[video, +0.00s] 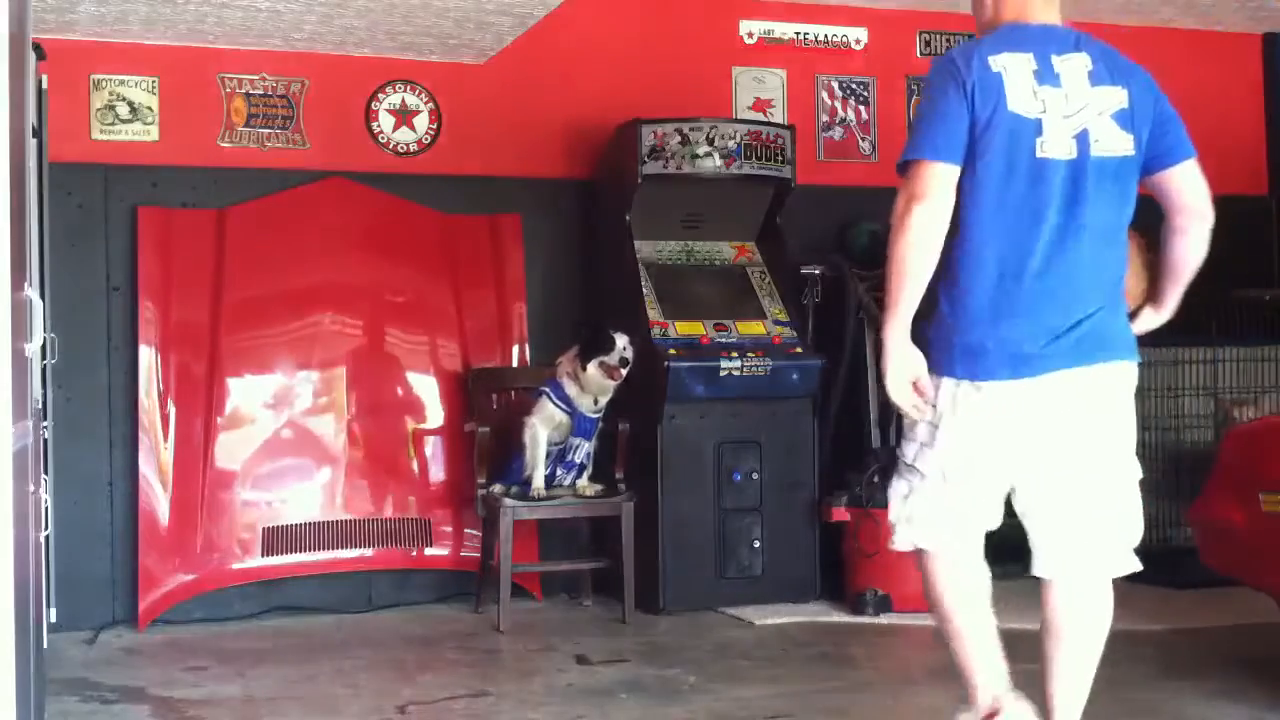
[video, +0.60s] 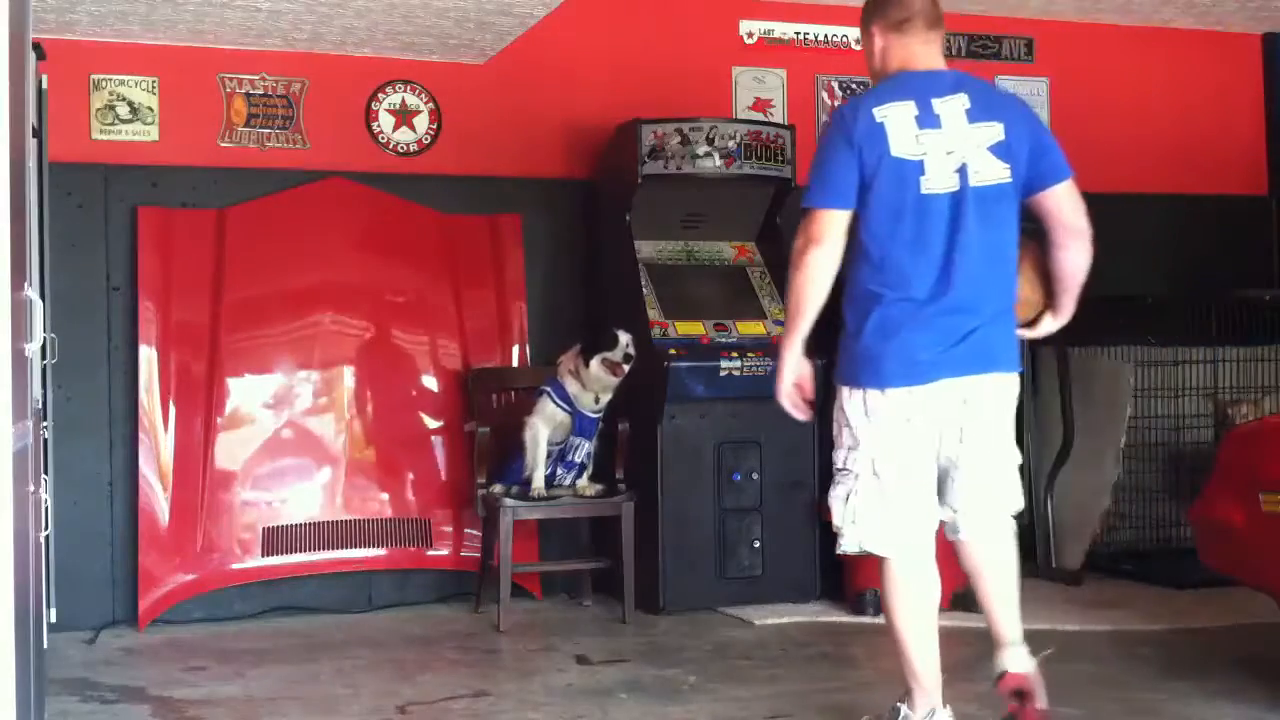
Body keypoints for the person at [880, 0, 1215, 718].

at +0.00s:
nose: (970, 9)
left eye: (972, 5)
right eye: (973, 7)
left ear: (989, 4)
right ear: (1059, 3)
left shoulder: (965, 68)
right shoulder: (1129, 78)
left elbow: (925, 201)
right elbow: (1193, 209)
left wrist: (896, 330)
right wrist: (1165, 299)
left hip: (978, 366)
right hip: (1096, 363)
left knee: (944, 532)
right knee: (1082, 556)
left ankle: (992, 698)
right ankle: (1065, 710)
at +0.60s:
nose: (864, 55)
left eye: (863, 41)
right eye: (866, 41)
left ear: (876, 37)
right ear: (943, 34)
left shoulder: (859, 119)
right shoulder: (1009, 109)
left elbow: (821, 244)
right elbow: (1072, 230)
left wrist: (793, 345)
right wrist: (1061, 312)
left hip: (892, 369)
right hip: (989, 361)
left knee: (904, 538)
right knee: (983, 516)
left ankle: (925, 703)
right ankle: (1015, 654)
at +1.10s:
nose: (843, 81)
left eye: (843, 71)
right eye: (846, 71)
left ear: (851, 66)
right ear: (914, 65)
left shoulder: (840, 135)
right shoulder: (969, 138)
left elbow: (805, 259)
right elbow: (994, 256)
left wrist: (809, 296)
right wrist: (937, 298)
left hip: (864, 363)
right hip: (944, 357)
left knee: (867, 523)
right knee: (933, 524)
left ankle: (921, 686)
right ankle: (902, 674)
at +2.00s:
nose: (753, 148)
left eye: (750, 137)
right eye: (748, 139)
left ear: (764, 118)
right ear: (817, 111)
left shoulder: (782, 159)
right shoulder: (880, 157)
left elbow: (775, 269)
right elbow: (898, 262)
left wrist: (762, 374)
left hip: (847, 367)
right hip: (928, 358)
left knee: (827, 520)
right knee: (912, 514)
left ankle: (843, 675)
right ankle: (931, 663)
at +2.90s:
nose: (825, 163)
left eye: (819, 148)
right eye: (818, 152)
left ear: (840, 123)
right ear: (862, 117)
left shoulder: (891, 160)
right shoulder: (935, 162)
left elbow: (898, 249)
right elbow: (945, 279)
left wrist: (796, 259)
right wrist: (873, 324)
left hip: (930, 357)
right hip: (992, 351)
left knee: (888, 503)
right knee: (980, 503)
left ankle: (899, 658)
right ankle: (982, 650)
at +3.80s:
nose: (792, 179)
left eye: (787, 163)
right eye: (783, 171)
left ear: (813, 125)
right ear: (819, 124)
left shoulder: (862, 166)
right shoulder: (882, 153)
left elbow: (889, 256)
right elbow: (905, 257)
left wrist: (836, 351)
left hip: (918, 357)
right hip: (953, 350)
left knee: (895, 507)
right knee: (943, 498)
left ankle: (905, 663)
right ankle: (990, 630)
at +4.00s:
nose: (804, 177)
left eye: (802, 159)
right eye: (796, 169)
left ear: (832, 123)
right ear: (836, 124)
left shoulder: (883, 164)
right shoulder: (882, 162)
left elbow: (938, 245)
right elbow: (885, 255)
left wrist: (953, 355)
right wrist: (819, 265)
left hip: (923, 363)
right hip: (940, 358)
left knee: (902, 507)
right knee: (945, 497)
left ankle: (906, 664)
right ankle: (999, 618)